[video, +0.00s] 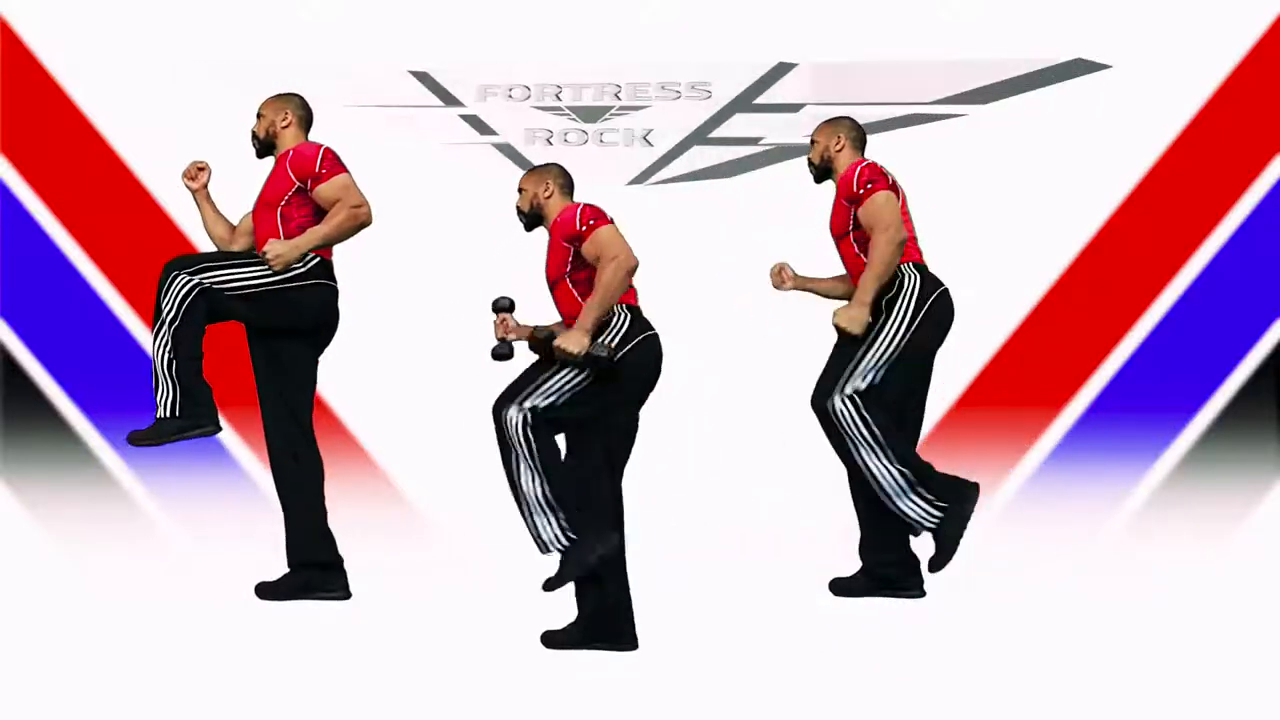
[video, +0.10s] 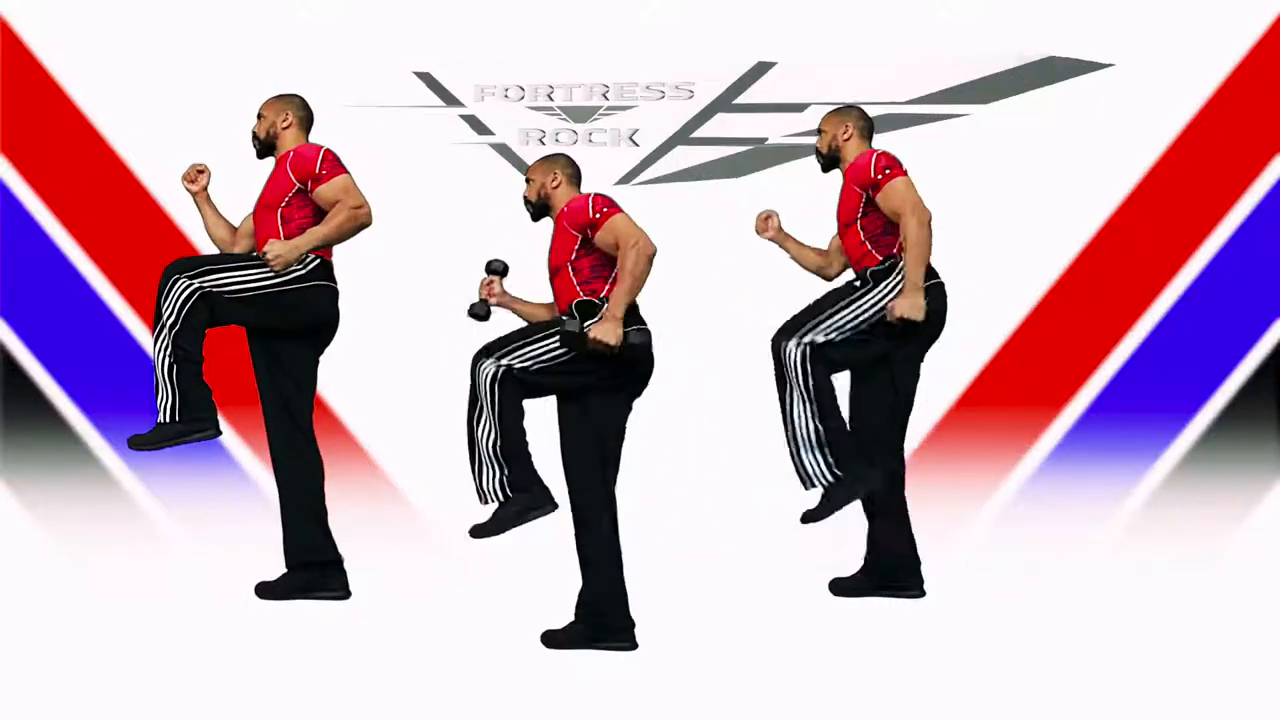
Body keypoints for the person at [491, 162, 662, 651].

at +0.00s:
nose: (518, 202)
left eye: (522, 192)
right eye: (518, 194)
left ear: (548, 189)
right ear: (548, 190)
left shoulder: (573, 215)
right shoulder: (565, 246)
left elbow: (620, 260)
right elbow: (584, 328)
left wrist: (582, 327)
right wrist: (524, 332)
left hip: (614, 340)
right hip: (621, 356)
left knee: (516, 412)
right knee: (591, 481)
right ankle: (605, 620)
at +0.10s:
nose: (525, 192)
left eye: (529, 182)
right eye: (525, 185)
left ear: (554, 179)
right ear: (558, 181)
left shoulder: (583, 206)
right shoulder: (565, 235)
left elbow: (639, 247)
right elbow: (565, 315)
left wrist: (614, 315)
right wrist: (507, 299)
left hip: (595, 334)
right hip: (610, 350)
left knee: (492, 365)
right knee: (590, 488)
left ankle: (519, 490)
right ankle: (605, 621)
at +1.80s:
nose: (484, 251)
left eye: (490, 241)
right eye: (485, 244)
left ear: (517, 237)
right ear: (525, 241)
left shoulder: (536, 269)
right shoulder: (563, 270)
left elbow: (509, 345)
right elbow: (643, 301)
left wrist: (450, 320)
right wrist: (661, 369)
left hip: (647, 365)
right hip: (624, 381)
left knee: (728, 486)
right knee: (582, 486)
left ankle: (866, 598)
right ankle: (601, 623)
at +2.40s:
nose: (483, 253)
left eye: (489, 243)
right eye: (484, 246)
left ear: (517, 240)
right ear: (523, 243)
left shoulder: (537, 271)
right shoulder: (564, 272)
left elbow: (511, 350)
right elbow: (643, 301)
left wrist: (449, 329)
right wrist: (665, 370)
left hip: (649, 366)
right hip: (627, 383)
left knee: (734, 490)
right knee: (584, 488)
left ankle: (870, 600)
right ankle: (601, 622)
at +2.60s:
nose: (485, 253)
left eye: (490, 243)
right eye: (486, 245)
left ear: (518, 239)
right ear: (526, 242)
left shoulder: (539, 270)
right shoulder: (565, 270)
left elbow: (514, 347)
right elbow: (642, 302)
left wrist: (450, 330)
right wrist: (656, 370)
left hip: (648, 367)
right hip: (624, 385)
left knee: (732, 490)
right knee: (582, 486)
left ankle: (872, 597)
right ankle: (601, 622)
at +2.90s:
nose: (498, 223)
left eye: (502, 212)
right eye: (498, 215)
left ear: (527, 210)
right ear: (531, 212)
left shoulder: (557, 238)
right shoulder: (542, 260)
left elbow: (569, 299)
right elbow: (602, 328)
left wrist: (505, 345)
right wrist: (584, 376)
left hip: (630, 353)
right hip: (604, 371)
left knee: (634, 487)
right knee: (577, 489)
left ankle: (778, 569)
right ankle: (601, 621)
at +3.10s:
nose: (521, 196)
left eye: (526, 186)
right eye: (522, 188)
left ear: (549, 184)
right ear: (553, 185)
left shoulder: (578, 211)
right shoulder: (566, 239)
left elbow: (626, 258)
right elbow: (576, 324)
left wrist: (592, 326)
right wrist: (511, 322)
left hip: (612, 343)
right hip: (616, 356)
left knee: (508, 398)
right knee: (591, 486)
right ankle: (603, 619)